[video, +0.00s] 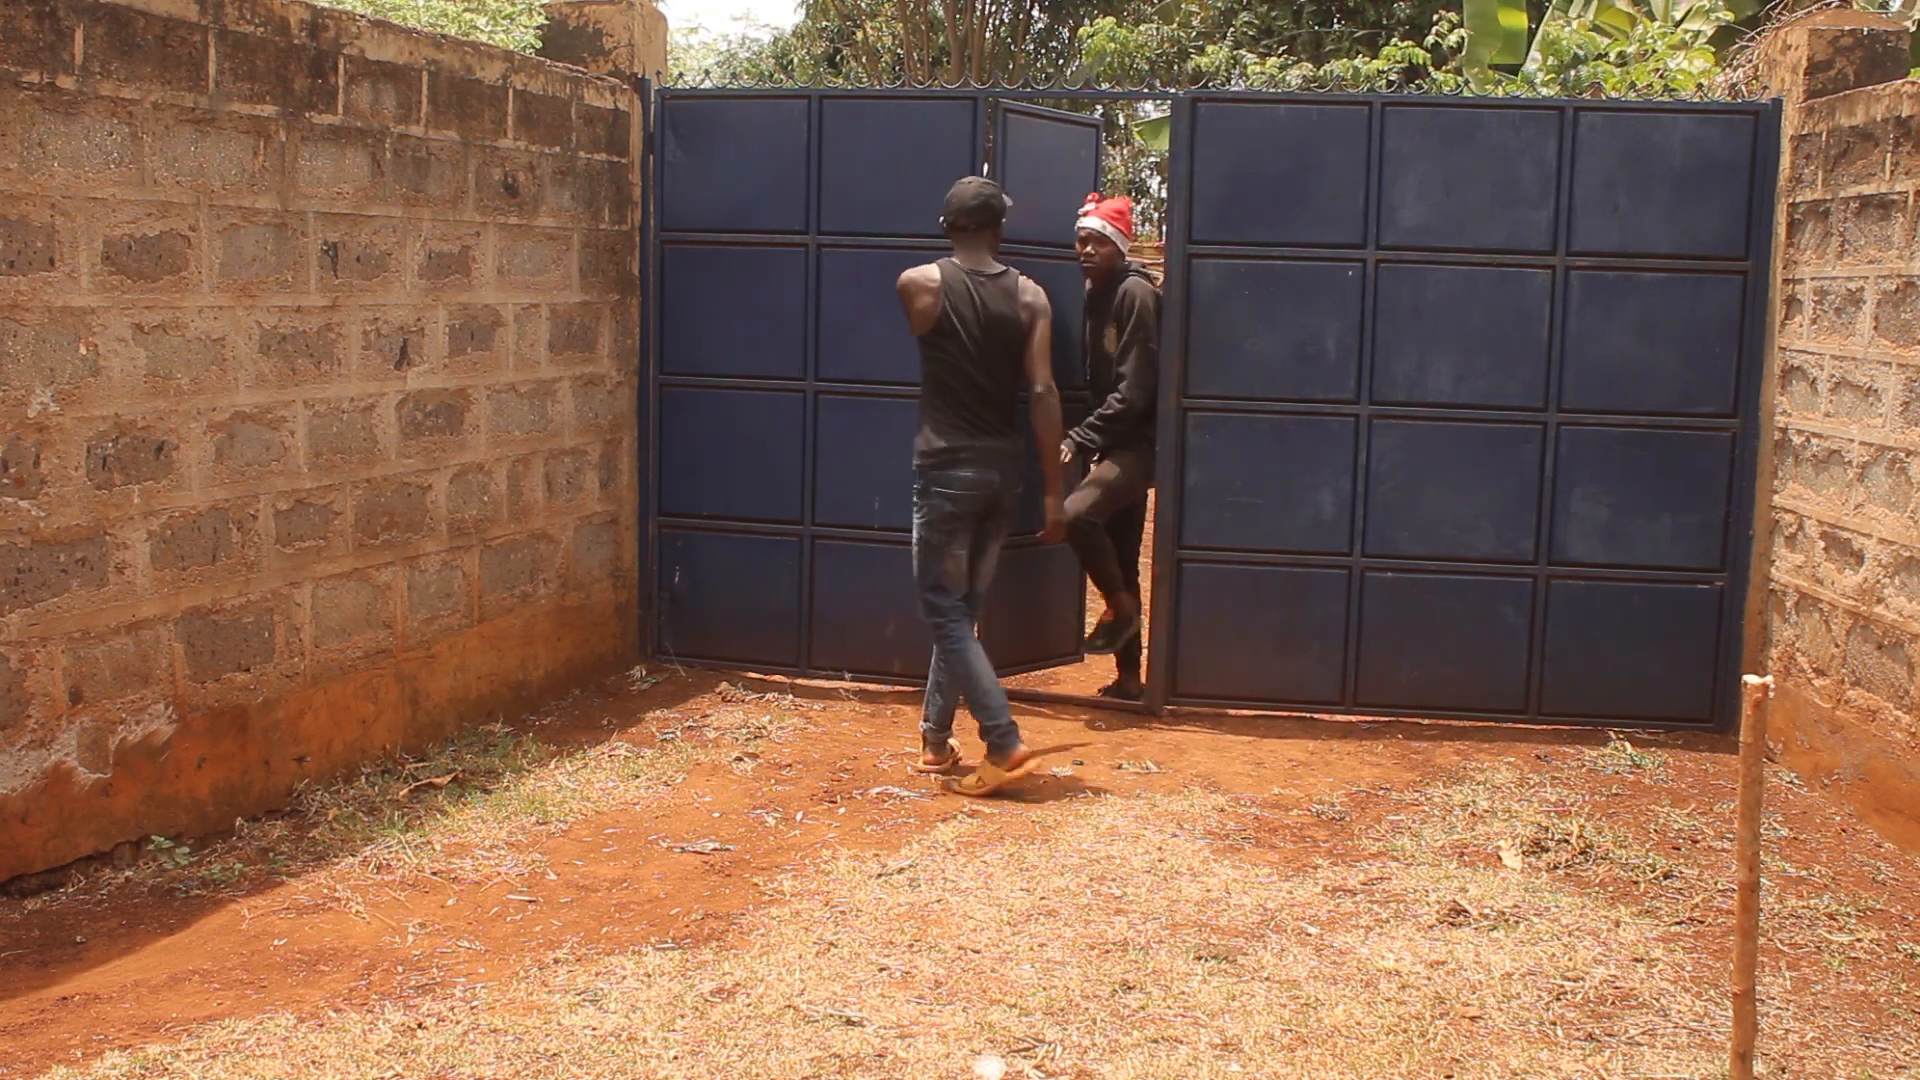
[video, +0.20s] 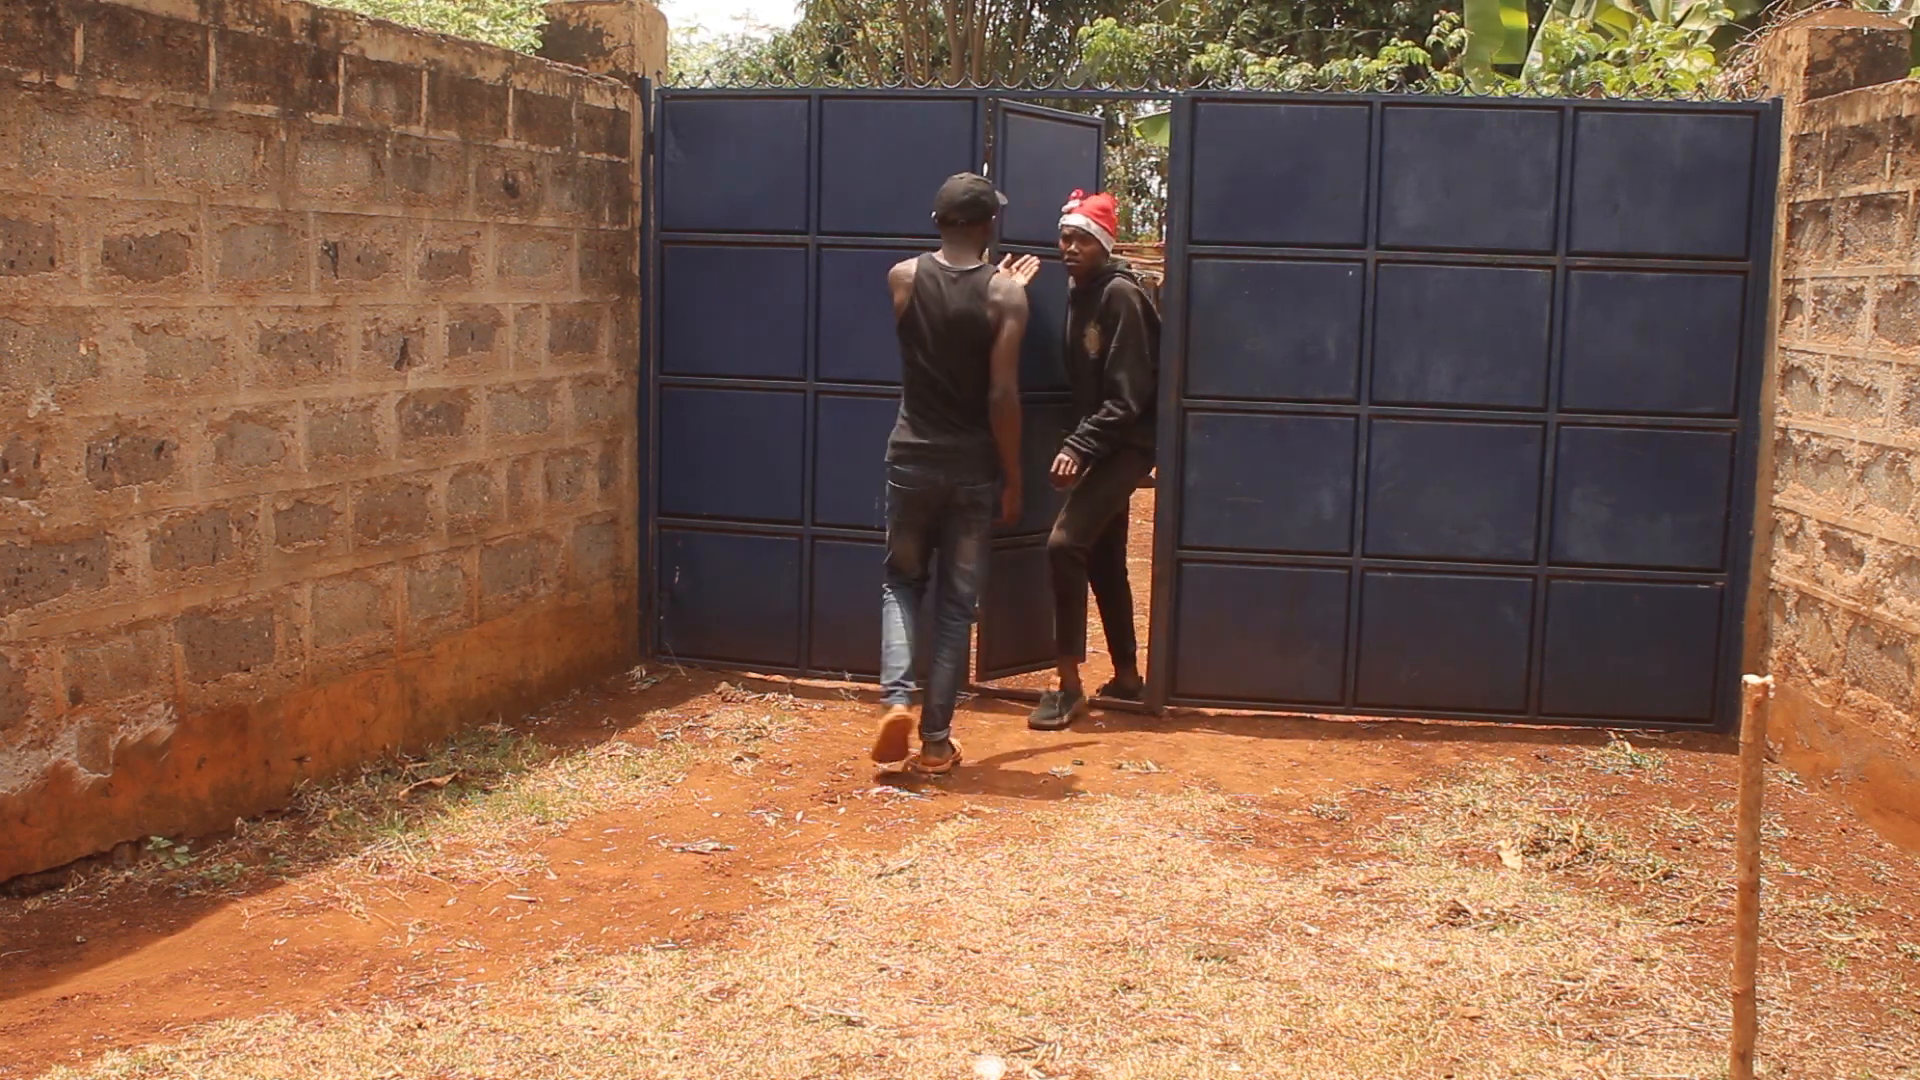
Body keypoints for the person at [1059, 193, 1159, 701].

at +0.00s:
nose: (1084, 249)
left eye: (1096, 240)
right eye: (1081, 240)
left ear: (1122, 246)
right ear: (1079, 245)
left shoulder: (1137, 294)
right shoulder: (1097, 296)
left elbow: (1136, 391)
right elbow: (1101, 382)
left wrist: (1079, 437)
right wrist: (1085, 439)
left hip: (1138, 442)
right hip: (1112, 441)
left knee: (1077, 513)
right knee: (1121, 555)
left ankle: (1120, 605)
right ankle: (1129, 676)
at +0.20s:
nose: (1068, 246)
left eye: (1079, 238)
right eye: (1064, 237)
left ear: (1106, 244)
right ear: (1063, 241)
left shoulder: (1123, 293)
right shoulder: (1082, 292)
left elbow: (1129, 395)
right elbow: (1083, 375)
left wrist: (1080, 444)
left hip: (1123, 447)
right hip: (1096, 446)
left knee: (1065, 546)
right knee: (1107, 563)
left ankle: (1068, 686)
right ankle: (1127, 675)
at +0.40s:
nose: (1059, 239)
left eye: (1072, 231)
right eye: (1055, 229)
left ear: (1097, 239)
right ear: (1050, 233)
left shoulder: (1116, 295)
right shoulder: (1063, 288)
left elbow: (1123, 398)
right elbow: (1064, 375)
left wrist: (1079, 460)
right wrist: (1056, 439)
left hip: (1104, 450)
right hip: (1071, 443)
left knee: (1056, 560)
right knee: (1086, 563)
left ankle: (1069, 691)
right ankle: (1117, 665)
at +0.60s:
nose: (1056, 223)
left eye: (1069, 214)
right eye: (1053, 212)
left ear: (1098, 221)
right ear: (1049, 216)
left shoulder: (1121, 281)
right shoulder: (1052, 276)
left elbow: (1123, 386)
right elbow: (1050, 358)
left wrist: (1079, 448)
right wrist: (1041, 428)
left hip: (1095, 444)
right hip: (1047, 437)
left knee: (1064, 564)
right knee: (1025, 554)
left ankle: (1071, 694)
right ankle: (1105, 621)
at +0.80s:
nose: (1054, 213)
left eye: (1067, 204)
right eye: (1052, 202)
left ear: (1099, 212)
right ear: (1050, 206)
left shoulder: (1127, 277)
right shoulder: (1045, 267)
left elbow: (1128, 382)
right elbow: (1041, 352)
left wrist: (1087, 443)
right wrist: (1023, 419)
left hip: (1090, 439)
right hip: (1033, 429)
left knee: (1071, 562)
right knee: (994, 538)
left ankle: (1070, 691)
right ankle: (1083, 601)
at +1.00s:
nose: (1047, 209)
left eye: (1060, 200)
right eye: (1046, 199)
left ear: (1091, 209)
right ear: (1046, 204)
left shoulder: (1123, 275)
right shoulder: (1036, 266)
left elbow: (1130, 374)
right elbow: (1019, 352)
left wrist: (1111, 454)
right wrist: (999, 421)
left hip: (1082, 441)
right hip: (1023, 434)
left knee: (1071, 567)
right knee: (994, 545)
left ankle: (1070, 687)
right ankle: (1026, 663)